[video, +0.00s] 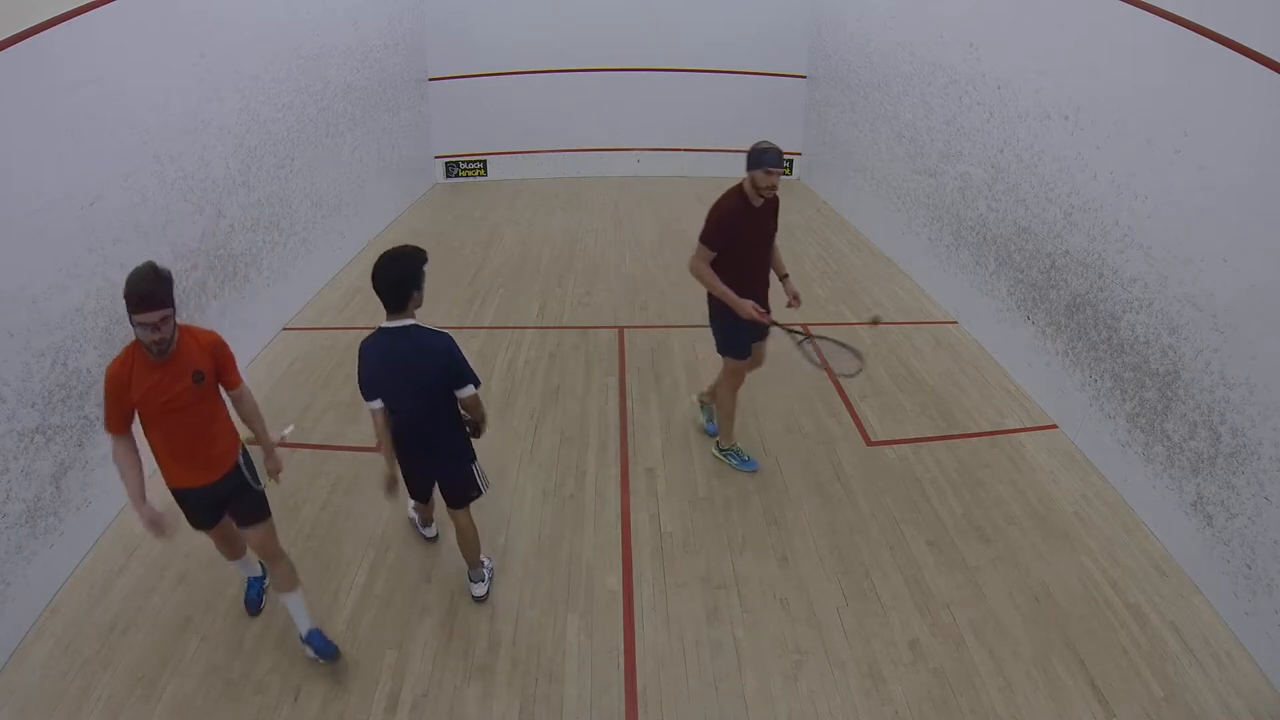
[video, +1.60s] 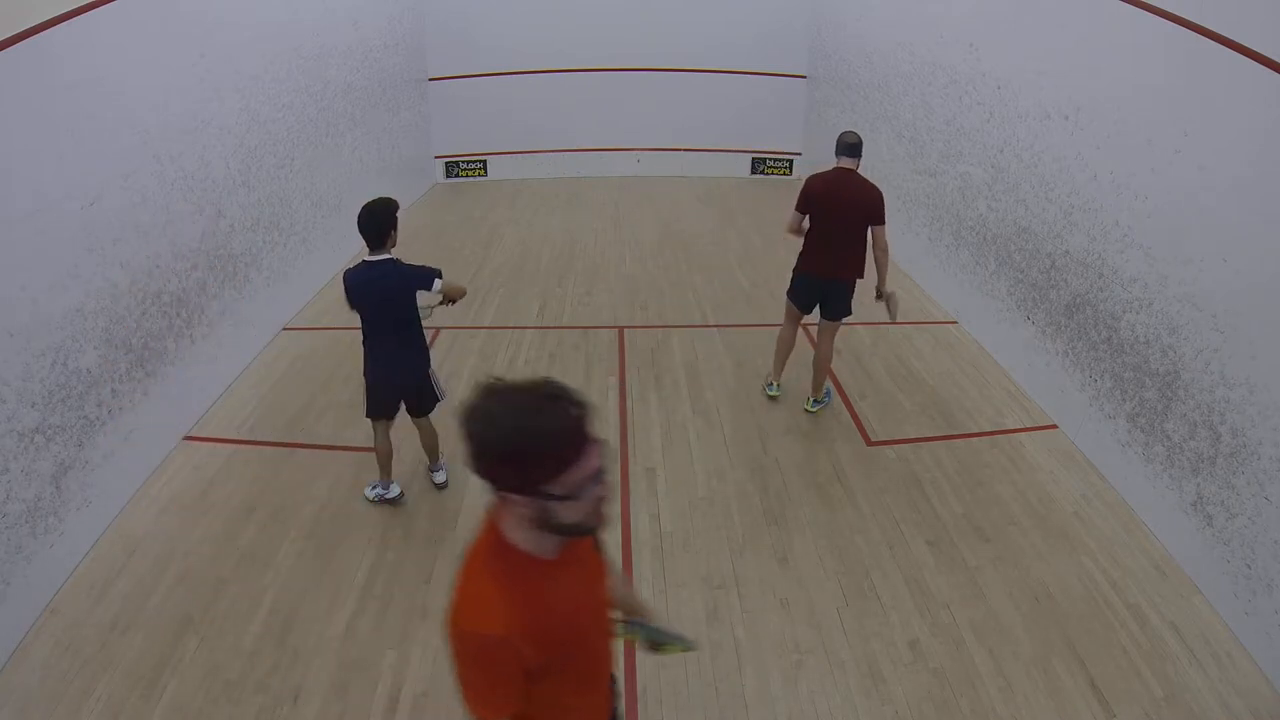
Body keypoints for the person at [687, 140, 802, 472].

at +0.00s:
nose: (772, 181)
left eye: (777, 174)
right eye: (766, 174)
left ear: (780, 173)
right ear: (749, 171)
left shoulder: (771, 200)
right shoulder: (727, 208)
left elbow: (768, 243)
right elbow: (697, 264)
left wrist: (786, 281)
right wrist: (737, 302)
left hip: (757, 297)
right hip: (727, 301)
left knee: (755, 359)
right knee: (734, 370)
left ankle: (708, 397)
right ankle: (725, 444)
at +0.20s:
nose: (799, 183)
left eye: (803, 176)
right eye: (794, 176)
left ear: (802, 173)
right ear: (774, 171)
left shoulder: (783, 197)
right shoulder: (749, 208)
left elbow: (778, 247)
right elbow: (713, 261)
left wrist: (800, 282)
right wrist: (750, 300)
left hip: (771, 302)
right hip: (745, 306)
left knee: (777, 351)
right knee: (745, 373)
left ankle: (739, 405)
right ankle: (726, 442)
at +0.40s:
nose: (822, 179)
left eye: (823, 172)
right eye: (818, 172)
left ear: (798, 171)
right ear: (799, 171)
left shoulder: (792, 200)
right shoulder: (772, 208)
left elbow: (789, 248)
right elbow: (746, 266)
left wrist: (824, 265)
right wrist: (771, 309)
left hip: (779, 302)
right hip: (759, 307)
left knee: (785, 351)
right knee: (751, 372)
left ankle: (777, 415)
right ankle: (726, 443)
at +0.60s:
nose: (828, 171)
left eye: (828, 164)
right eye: (826, 164)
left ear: (801, 162)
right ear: (815, 165)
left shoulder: (791, 191)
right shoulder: (793, 201)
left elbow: (795, 233)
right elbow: (784, 262)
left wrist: (823, 217)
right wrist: (801, 312)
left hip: (783, 294)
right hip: (782, 299)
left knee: (785, 360)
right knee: (783, 368)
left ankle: (778, 415)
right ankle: (737, 435)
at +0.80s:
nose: (831, 163)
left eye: (828, 158)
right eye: (831, 158)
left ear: (801, 158)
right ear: (828, 160)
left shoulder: (783, 188)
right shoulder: (823, 200)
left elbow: (787, 238)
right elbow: (824, 262)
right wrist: (834, 306)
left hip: (776, 287)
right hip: (807, 294)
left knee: (779, 348)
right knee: (818, 354)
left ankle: (777, 415)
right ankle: (780, 415)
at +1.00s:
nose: (832, 163)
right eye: (836, 158)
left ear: (810, 157)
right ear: (837, 160)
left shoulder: (789, 189)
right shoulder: (843, 199)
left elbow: (777, 238)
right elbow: (857, 255)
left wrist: (791, 255)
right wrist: (864, 287)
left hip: (784, 286)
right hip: (821, 290)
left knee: (782, 351)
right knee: (819, 351)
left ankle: (776, 416)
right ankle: (818, 405)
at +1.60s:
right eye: (857, 154)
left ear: (835, 153)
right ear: (861, 156)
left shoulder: (815, 182)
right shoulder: (871, 193)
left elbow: (793, 227)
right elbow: (880, 246)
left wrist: (813, 233)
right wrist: (881, 283)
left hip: (808, 272)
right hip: (842, 279)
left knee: (790, 322)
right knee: (826, 339)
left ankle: (774, 381)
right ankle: (815, 396)